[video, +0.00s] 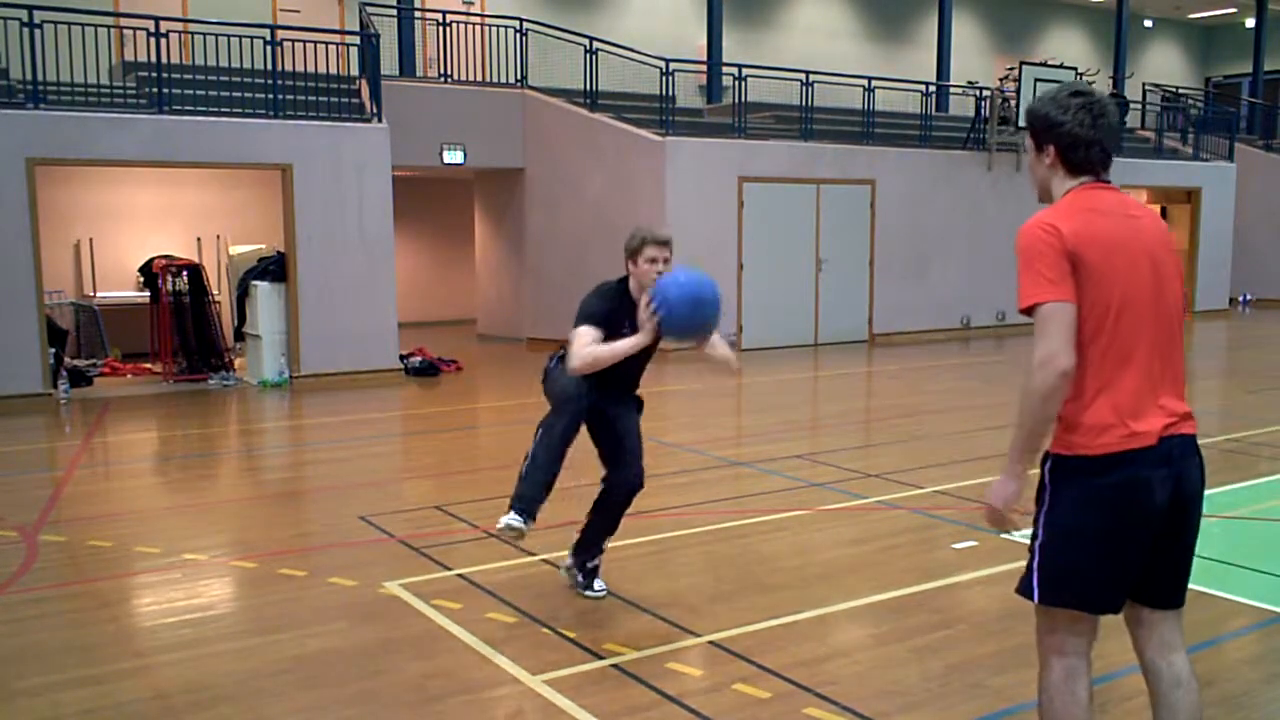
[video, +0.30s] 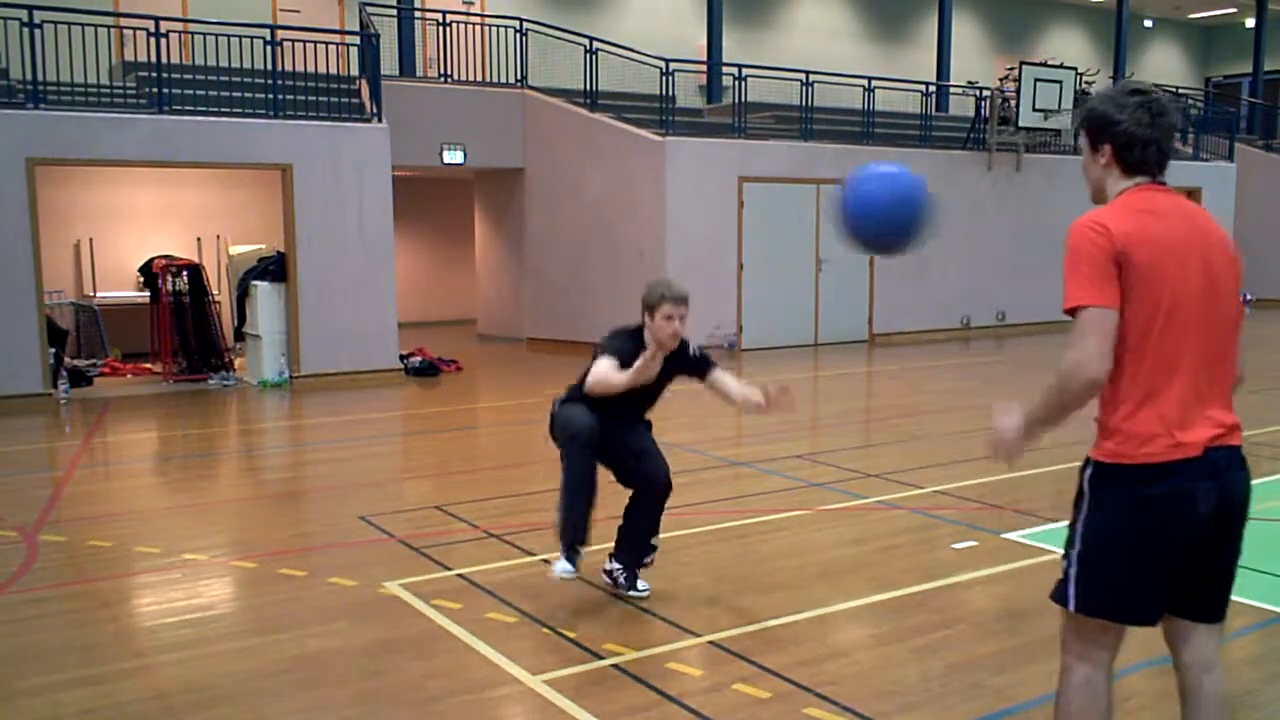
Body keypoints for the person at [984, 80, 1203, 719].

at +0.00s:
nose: (1027, 164)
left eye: (1027, 149)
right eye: (1028, 150)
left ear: (1046, 150)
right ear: (1106, 150)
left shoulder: (1050, 229)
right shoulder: (1154, 222)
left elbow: (1055, 362)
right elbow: (1168, 338)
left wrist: (1014, 471)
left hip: (1094, 476)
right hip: (1174, 466)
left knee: (1065, 647)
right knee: (1161, 635)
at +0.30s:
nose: (1082, 164)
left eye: (1082, 150)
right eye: (1081, 151)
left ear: (1102, 152)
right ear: (1159, 151)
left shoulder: (1101, 229)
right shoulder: (1216, 235)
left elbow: (1089, 367)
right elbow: (1230, 370)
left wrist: (1027, 422)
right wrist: (1150, 394)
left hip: (1133, 482)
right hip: (1218, 476)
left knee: (1088, 653)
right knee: (1198, 644)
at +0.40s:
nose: (1100, 161)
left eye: (1100, 146)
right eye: (1100, 146)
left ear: (1119, 148)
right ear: (1178, 148)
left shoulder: (1114, 230)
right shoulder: (1234, 233)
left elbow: (1085, 365)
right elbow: (1231, 347)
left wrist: (1030, 357)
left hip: (1146, 480)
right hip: (1235, 475)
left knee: (1098, 653)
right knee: (1208, 640)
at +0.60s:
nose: (1116, 165)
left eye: (1118, 150)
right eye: (1116, 149)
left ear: (1142, 154)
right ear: (1199, 152)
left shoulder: (1127, 231)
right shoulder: (1265, 230)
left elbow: (1118, 370)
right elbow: (1274, 365)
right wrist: (1219, 351)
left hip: (1156, 484)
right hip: (1249, 481)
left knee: (1103, 656)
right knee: (1216, 646)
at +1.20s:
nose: (1154, 167)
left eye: (1154, 153)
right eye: (1152, 154)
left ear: (1175, 154)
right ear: (1233, 151)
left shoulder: (1158, 225)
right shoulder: (1274, 218)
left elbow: (1140, 359)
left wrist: (1124, 410)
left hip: (1186, 481)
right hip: (1270, 477)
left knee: (1157, 665)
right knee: (1243, 665)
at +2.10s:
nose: (1185, 169)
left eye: (1186, 153)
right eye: (1184, 154)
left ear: (1213, 150)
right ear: (1264, 147)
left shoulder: (1218, 223)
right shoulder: (1269, 212)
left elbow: (1227, 357)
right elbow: (1250, 353)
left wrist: (1155, 410)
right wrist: (1185, 401)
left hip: (1242, 468)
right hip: (1272, 463)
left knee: (1175, 648)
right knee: (1275, 631)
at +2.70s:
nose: (1122, 207)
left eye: (1122, 192)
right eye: (1120, 193)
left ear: (1145, 188)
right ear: (1188, 180)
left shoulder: (1160, 251)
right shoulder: (1260, 231)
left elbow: (1190, 375)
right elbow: (1256, 348)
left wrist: (1160, 466)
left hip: (1232, 465)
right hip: (1275, 457)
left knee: (1196, 646)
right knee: (1276, 628)